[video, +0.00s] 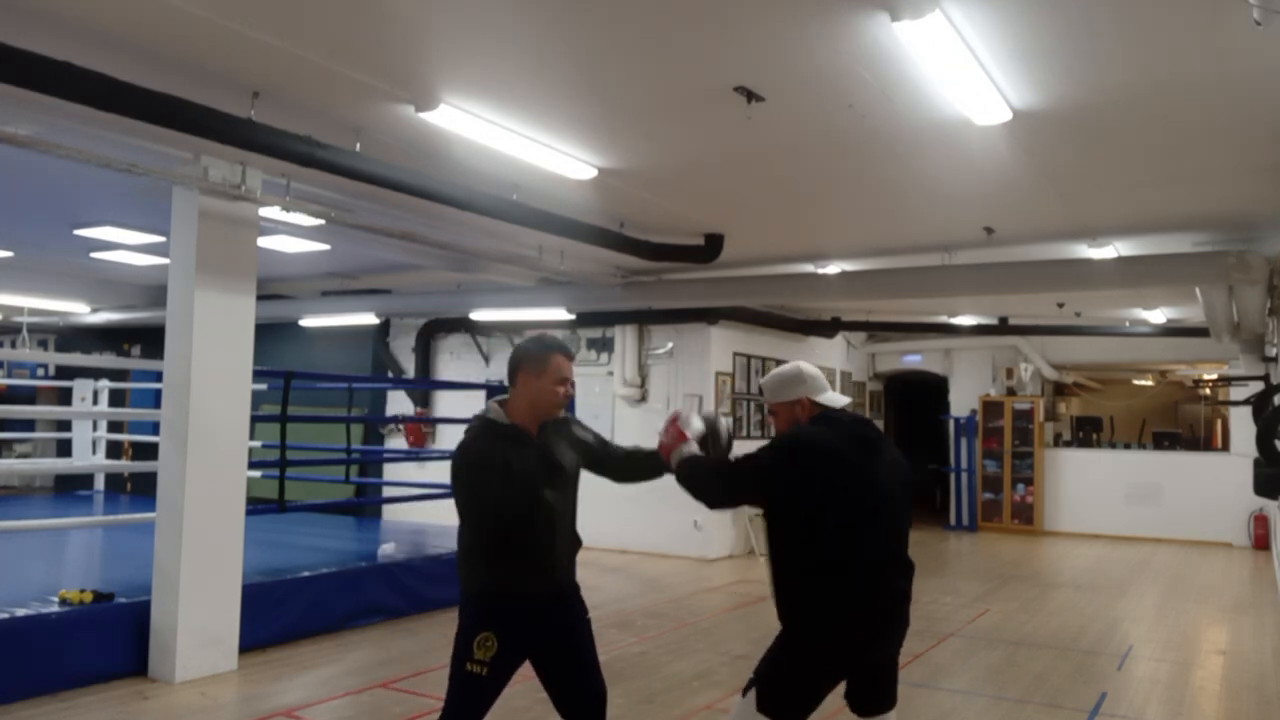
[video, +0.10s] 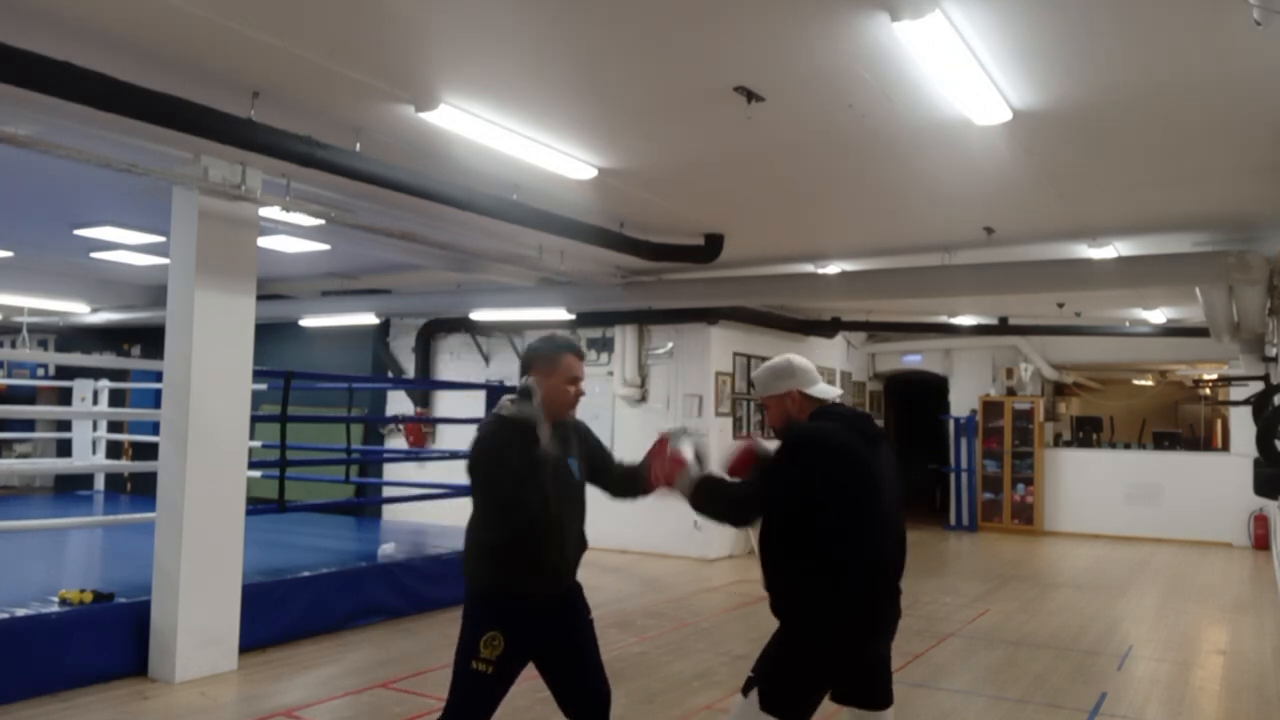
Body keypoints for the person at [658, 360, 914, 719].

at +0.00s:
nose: (773, 425)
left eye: (775, 414)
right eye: (770, 415)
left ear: (803, 407)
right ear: (811, 404)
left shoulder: (798, 450)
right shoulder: (879, 445)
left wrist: (681, 455)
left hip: (824, 619)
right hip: (885, 612)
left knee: (754, 710)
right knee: (875, 710)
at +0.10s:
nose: (765, 420)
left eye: (767, 407)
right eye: (762, 409)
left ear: (793, 399)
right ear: (801, 397)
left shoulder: (805, 443)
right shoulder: (864, 433)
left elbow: (742, 507)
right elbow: (826, 491)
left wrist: (687, 478)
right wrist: (766, 464)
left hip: (818, 617)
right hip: (872, 610)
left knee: (754, 710)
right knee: (871, 711)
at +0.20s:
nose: (758, 417)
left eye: (760, 404)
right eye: (756, 406)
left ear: (786, 396)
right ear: (788, 396)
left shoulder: (828, 442)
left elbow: (796, 525)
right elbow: (769, 467)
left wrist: (728, 504)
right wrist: (704, 456)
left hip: (831, 615)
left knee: (760, 709)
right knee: (866, 711)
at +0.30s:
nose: (756, 418)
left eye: (757, 404)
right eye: (752, 406)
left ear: (785, 394)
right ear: (788, 394)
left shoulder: (822, 445)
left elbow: (795, 537)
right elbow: (762, 474)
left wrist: (739, 489)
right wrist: (692, 458)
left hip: (824, 624)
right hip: (867, 616)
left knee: (767, 711)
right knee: (875, 710)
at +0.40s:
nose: (741, 440)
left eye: (743, 427)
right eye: (738, 428)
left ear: (771, 421)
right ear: (774, 420)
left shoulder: (813, 465)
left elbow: (787, 566)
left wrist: (743, 507)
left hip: (845, 634)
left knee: (755, 711)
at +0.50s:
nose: (747, 478)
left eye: (746, 462)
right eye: (742, 463)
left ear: (773, 455)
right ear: (777, 453)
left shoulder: (797, 497)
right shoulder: (848, 479)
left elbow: (779, 586)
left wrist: (732, 535)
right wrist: (761, 522)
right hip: (894, 647)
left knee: (743, 710)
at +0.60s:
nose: (764, 462)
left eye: (765, 448)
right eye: (761, 449)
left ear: (790, 445)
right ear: (797, 443)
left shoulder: (801, 489)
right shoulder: (868, 476)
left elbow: (754, 571)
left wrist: (720, 522)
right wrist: (760, 515)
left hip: (832, 655)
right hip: (892, 646)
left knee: (746, 709)